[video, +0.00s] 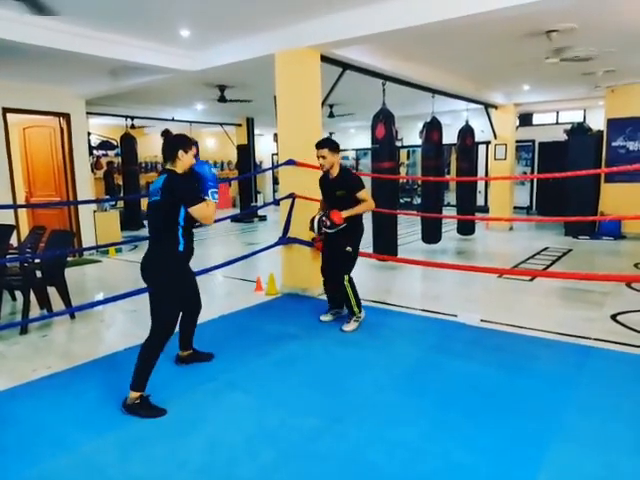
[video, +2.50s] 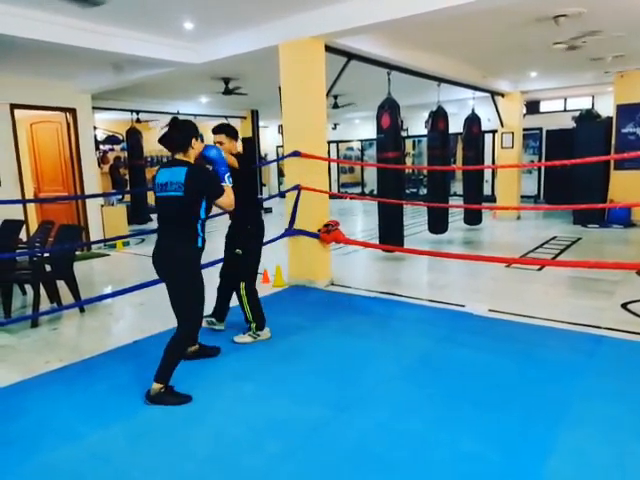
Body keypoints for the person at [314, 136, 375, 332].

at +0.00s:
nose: (320, 162)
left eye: (323, 157)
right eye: (318, 158)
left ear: (336, 156)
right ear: (319, 158)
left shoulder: (351, 178)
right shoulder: (323, 180)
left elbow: (369, 204)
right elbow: (325, 204)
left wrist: (344, 214)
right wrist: (319, 218)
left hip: (351, 229)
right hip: (332, 229)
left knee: (342, 271)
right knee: (327, 270)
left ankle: (357, 313)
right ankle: (336, 307)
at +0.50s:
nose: (310, 165)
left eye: (314, 160)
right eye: (308, 161)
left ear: (327, 160)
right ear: (308, 162)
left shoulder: (340, 183)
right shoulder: (313, 186)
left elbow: (355, 214)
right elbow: (309, 210)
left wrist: (328, 221)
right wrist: (304, 220)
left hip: (343, 232)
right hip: (324, 233)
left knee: (331, 280)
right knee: (324, 276)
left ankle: (336, 339)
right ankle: (333, 307)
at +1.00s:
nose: (307, 150)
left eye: (310, 145)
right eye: (305, 146)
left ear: (321, 144)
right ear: (307, 148)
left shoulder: (335, 166)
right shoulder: (311, 167)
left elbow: (321, 183)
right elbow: (285, 184)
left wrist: (310, 156)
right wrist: (282, 161)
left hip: (336, 228)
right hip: (321, 228)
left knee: (327, 280)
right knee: (321, 278)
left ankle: (336, 335)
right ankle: (335, 317)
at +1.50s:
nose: (296, 147)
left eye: (300, 142)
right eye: (295, 143)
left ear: (314, 141)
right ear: (296, 144)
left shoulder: (327, 165)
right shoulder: (303, 164)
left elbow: (323, 195)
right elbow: (277, 179)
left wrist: (300, 174)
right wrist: (273, 160)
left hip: (329, 226)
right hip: (316, 225)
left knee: (329, 278)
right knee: (325, 275)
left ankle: (338, 332)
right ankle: (339, 313)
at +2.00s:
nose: (268, 151)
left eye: (272, 146)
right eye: (268, 147)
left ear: (285, 145)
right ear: (281, 147)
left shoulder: (289, 165)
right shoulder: (283, 168)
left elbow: (259, 159)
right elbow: (268, 199)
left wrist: (229, 157)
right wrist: (261, 178)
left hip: (300, 229)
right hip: (303, 227)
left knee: (278, 273)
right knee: (317, 271)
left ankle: (265, 326)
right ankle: (342, 312)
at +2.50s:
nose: (217, 147)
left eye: (220, 143)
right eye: (216, 143)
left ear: (232, 140)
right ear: (224, 142)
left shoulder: (245, 159)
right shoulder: (230, 161)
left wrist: (218, 153)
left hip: (250, 223)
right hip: (237, 222)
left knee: (243, 280)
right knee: (228, 274)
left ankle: (259, 327)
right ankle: (218, 318)